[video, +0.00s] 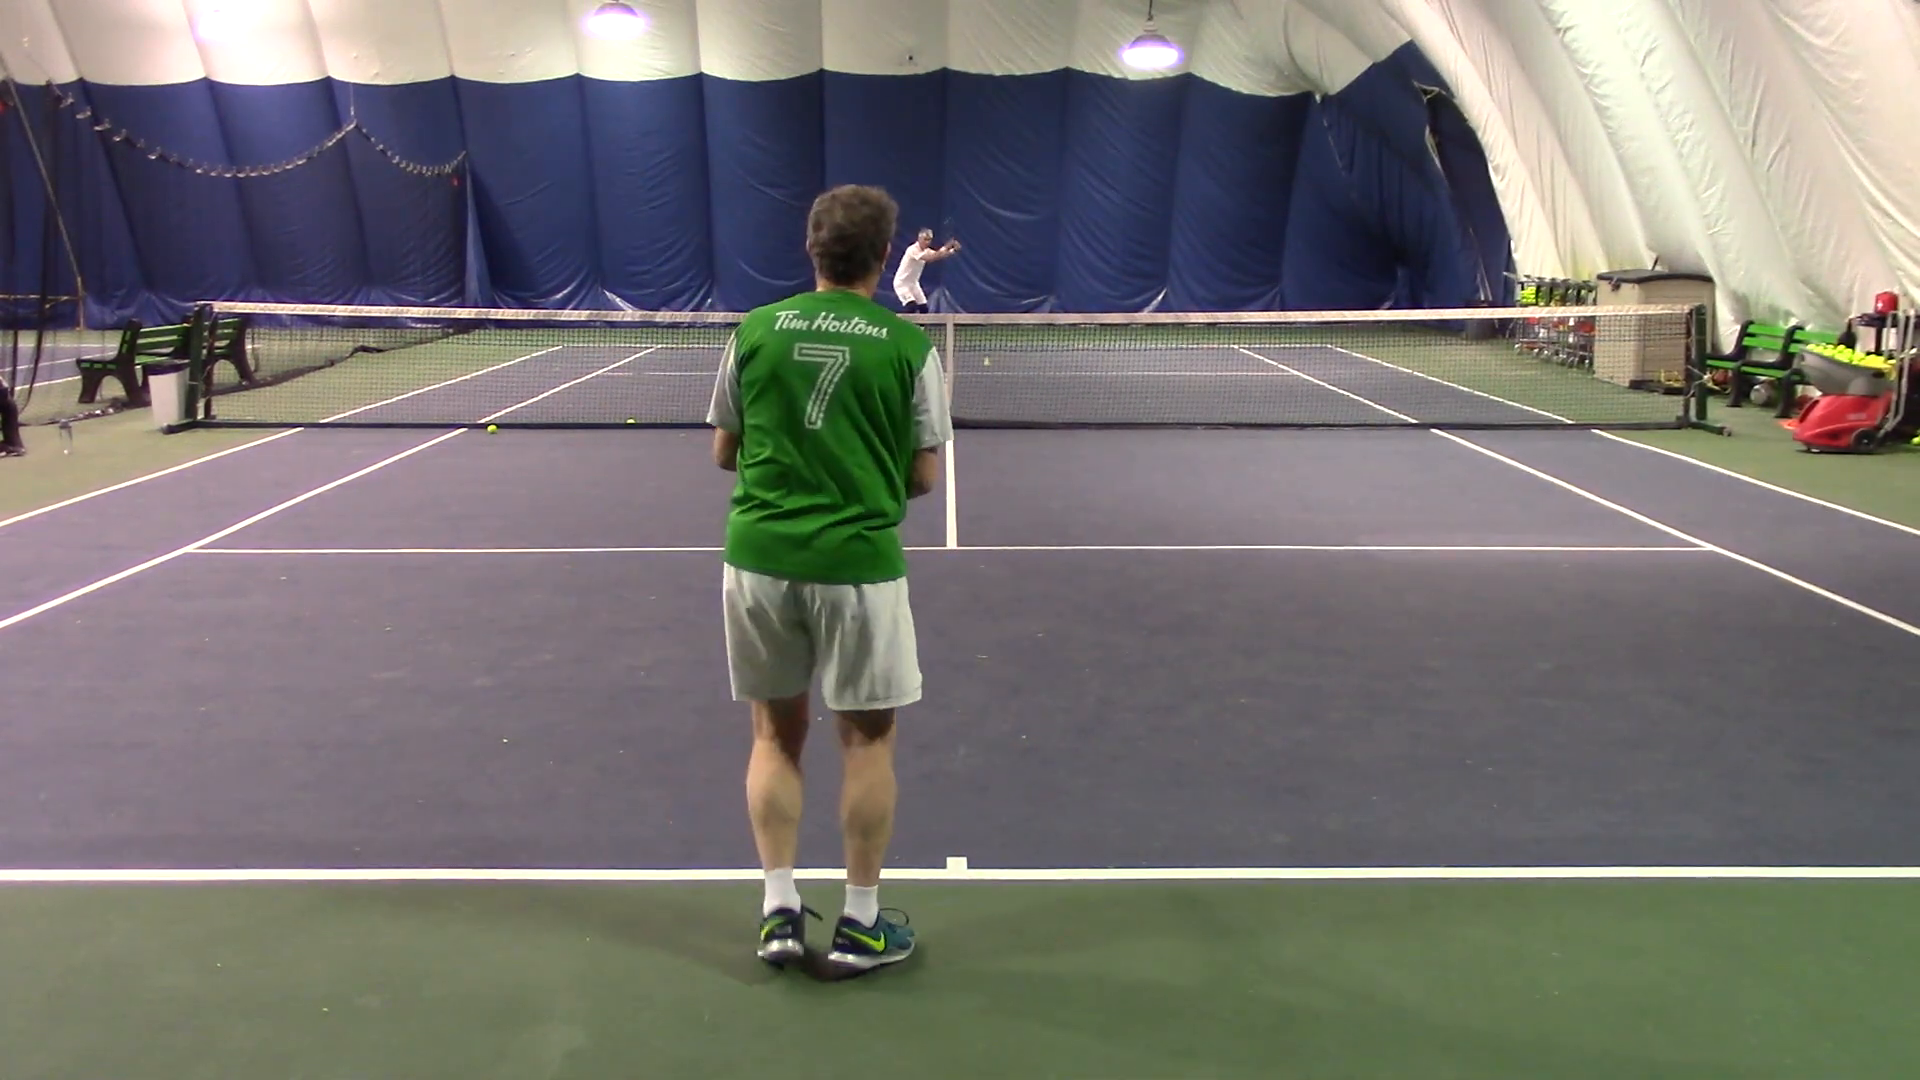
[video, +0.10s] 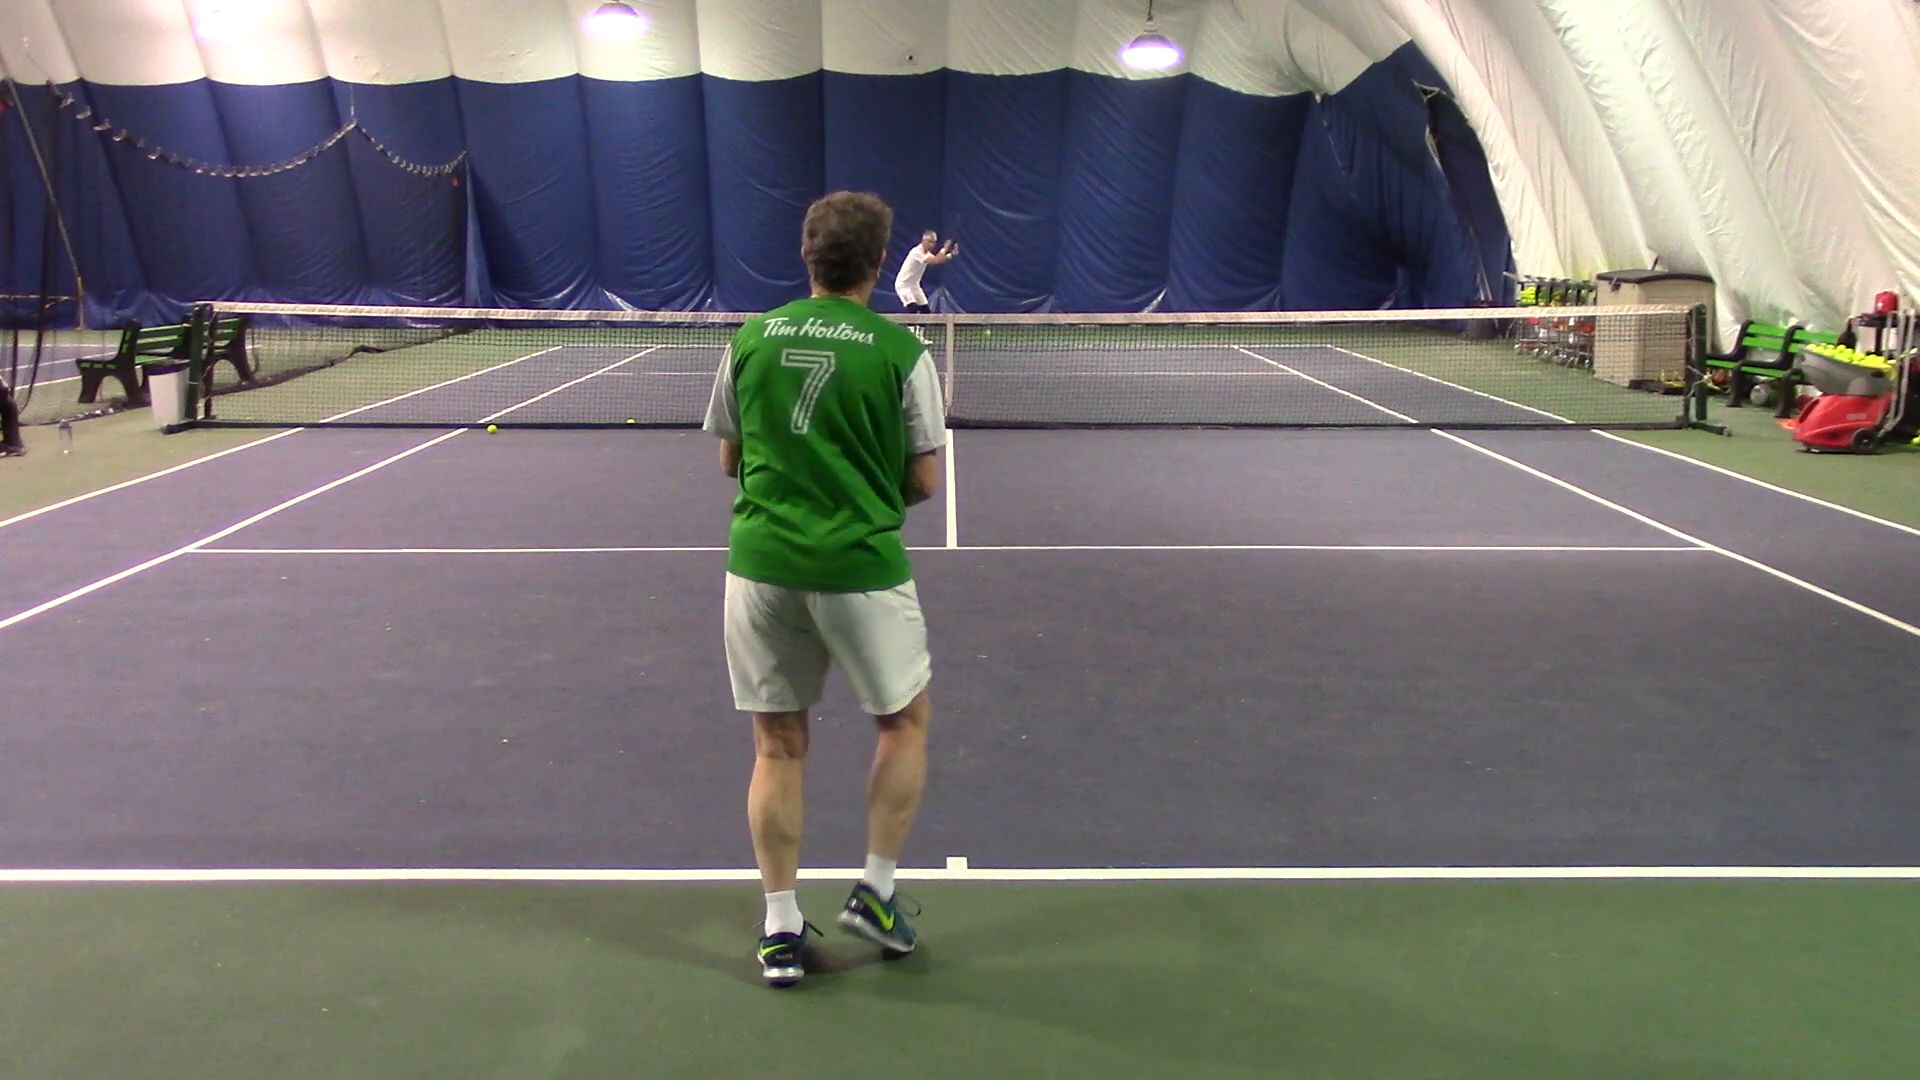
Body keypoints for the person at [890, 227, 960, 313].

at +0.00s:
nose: (927, 243)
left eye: (929, 240)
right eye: (925, 240)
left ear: (930, 241)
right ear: (919, 239)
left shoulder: (926, 251)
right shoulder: (912, 250)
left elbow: (937, 255)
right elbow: (927, 257)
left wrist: (951, 251)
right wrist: (946, 247)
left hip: (914, 282)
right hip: (902, 282)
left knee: (923, 307)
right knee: (911, 304)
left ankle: (921, 329)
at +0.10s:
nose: (932, 245)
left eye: (934, 242)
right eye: (930, 242)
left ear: (935, 243)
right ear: (923, 241)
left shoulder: (926, 252)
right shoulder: (916, 252)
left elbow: (937, 260)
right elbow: (934, 260)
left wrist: (951, 255)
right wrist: (944, 249)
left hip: (914, 284)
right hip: (903, 283)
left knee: (925, 309)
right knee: (912, 306)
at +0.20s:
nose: (936, 247)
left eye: (938, 244)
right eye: (934, 243)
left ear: (939, 245)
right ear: (927, 243)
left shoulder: (927, 254)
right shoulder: (920, 253)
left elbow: (935, 266)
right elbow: (935, 266)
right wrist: (942, 255)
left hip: (916, 285)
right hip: (905, 284)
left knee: (925, 308)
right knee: (915, 307)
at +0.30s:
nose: (937, 245)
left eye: (939, 243)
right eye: (935, 242)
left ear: (941, 244)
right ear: (930, 240)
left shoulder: (931, 253)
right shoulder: (920, 251)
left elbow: (930, 270)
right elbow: (931, 267)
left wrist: (943, 275)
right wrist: (941, 259)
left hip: (918, 283)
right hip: (906, 282)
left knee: (924, 308)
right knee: (915, 307)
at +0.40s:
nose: (938, 241)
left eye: (940, 238)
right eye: (936, 237)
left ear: (941, 239)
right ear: (930, 235)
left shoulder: (934, 251)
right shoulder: (917, 245)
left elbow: (938, 270)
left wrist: (950, 279)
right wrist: (935, 257)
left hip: (921, 280)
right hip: (908, 278)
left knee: (923, 307)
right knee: (915, 306)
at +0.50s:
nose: (937, 235)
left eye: (939, 233)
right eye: (935, 231)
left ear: (940, 234)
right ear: (930, 229)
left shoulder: (935, 245)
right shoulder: (917, 239)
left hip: (925, 273)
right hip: (914, 273)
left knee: (927, 304)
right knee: (912, 303)